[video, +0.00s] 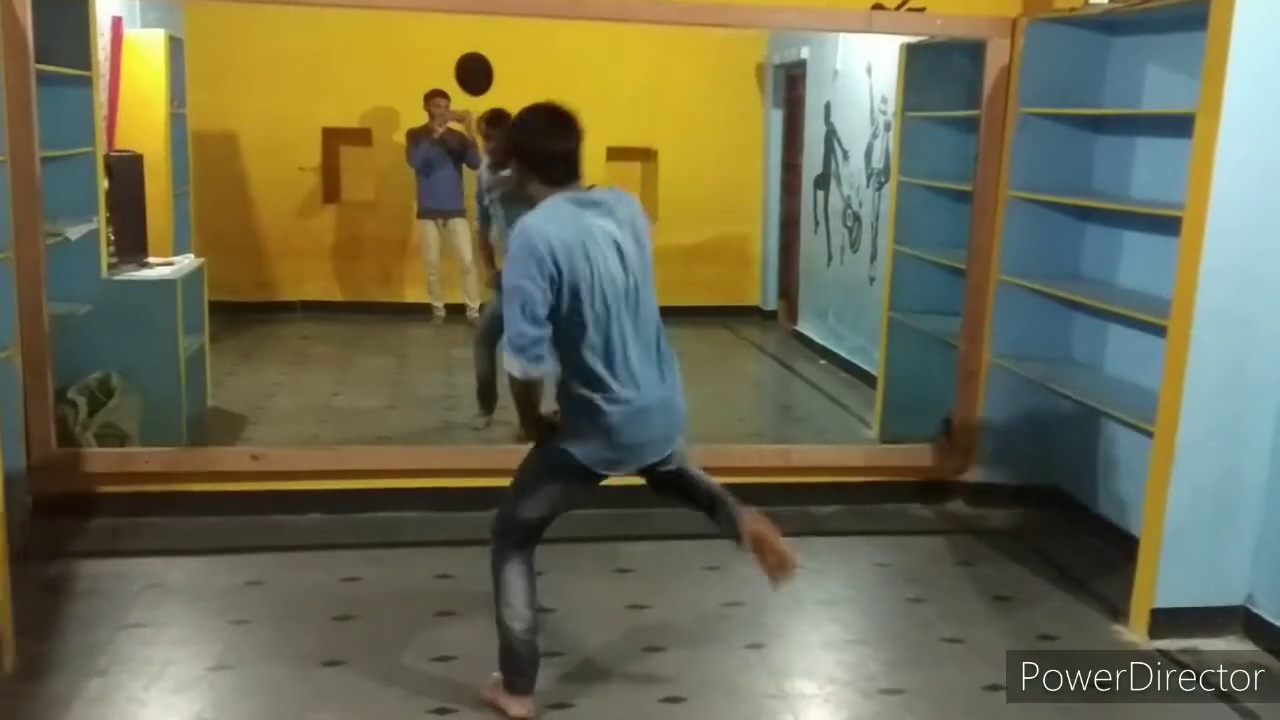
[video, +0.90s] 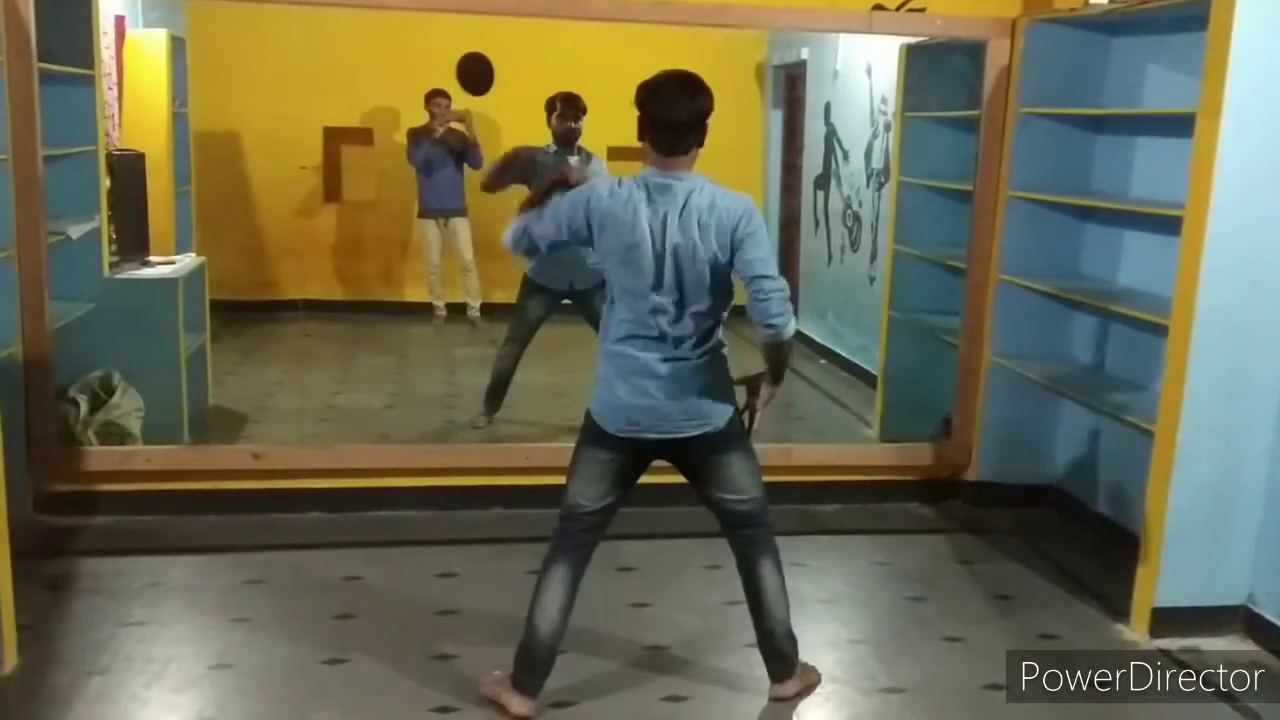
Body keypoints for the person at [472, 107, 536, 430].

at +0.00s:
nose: (489, 146)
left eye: (495, 138)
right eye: (485, 138)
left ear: (512, 140)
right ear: (481, 140)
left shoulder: (531, 177)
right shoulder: (485, 179)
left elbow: (551, 217)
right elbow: (483, 230)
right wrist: (491, 271)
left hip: (546, 276)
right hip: (511, 278)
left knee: (563, 340)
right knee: (485, 335)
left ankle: (568, 408)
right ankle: (486, 407)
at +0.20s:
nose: (487, 152)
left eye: (491, 145)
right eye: (484, 145)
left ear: (504, 145)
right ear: (484, 146)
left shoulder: (527, 182)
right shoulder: (491, 183)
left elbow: (530, 232)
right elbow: (492, 230)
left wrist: (482, 245)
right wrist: (499, 270)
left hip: (539, 278)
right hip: (516, 280)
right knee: (493, 338)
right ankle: (486, 411)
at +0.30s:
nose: (502, 137)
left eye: (509, 130)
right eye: (499, 130)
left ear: (525, 131)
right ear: (493, 132)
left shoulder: (541, 159)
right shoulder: (494, 165)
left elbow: (536, 202)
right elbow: (498, 215)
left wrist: (497, 217)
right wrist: (507, 263)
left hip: (559, 263)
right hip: (525, 266)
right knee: (503, 341)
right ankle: (487, 414)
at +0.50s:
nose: (538, 132)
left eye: (544, 126)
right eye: (531, 126)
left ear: (554, 128)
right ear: (520, 130)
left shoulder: (578, 165)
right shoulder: (512, 171)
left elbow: (597, 212)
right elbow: (513, 222)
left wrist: (595, 256)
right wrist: (522, 264)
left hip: (584, 266)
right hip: (543, 268)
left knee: (610, 336)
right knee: (515, 341)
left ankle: (611, 403)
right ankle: (489, 412)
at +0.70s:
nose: (559, 132)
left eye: (565, 126)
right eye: (552, 126)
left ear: (573, 129)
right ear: (538, 130)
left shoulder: (592, 173)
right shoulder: (525, 172)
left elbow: (610, 219)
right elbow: (514, 224)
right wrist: (504, 224)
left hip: (590, 270)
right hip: (547, 271)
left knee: (612, 342)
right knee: (515, 343)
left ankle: (624, 413)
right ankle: (489, 411)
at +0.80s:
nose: (565, 126)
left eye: (571, 120)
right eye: (558, 119)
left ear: (578, 124)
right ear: (544, 124)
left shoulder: (594, 167)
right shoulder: (529, 163)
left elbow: (609, 213)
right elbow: (502, 211)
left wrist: (611, 262)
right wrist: (507, 174)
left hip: (588, 270)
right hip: (545, 270)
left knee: (625, 337)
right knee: (514, 345)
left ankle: (640, 416)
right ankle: (489, 411)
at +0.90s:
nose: (571, 125)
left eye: (577, 119)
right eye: (564, 118)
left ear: (584, 123)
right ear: (550, 120)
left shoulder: (595, 166)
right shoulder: (530, 161)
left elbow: (612, 211)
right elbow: (488, 186)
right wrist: (514, 161)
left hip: (592, 277)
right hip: (545, 276)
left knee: (626, 343)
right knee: (512, 347)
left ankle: (641, 420)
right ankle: (488, 412)